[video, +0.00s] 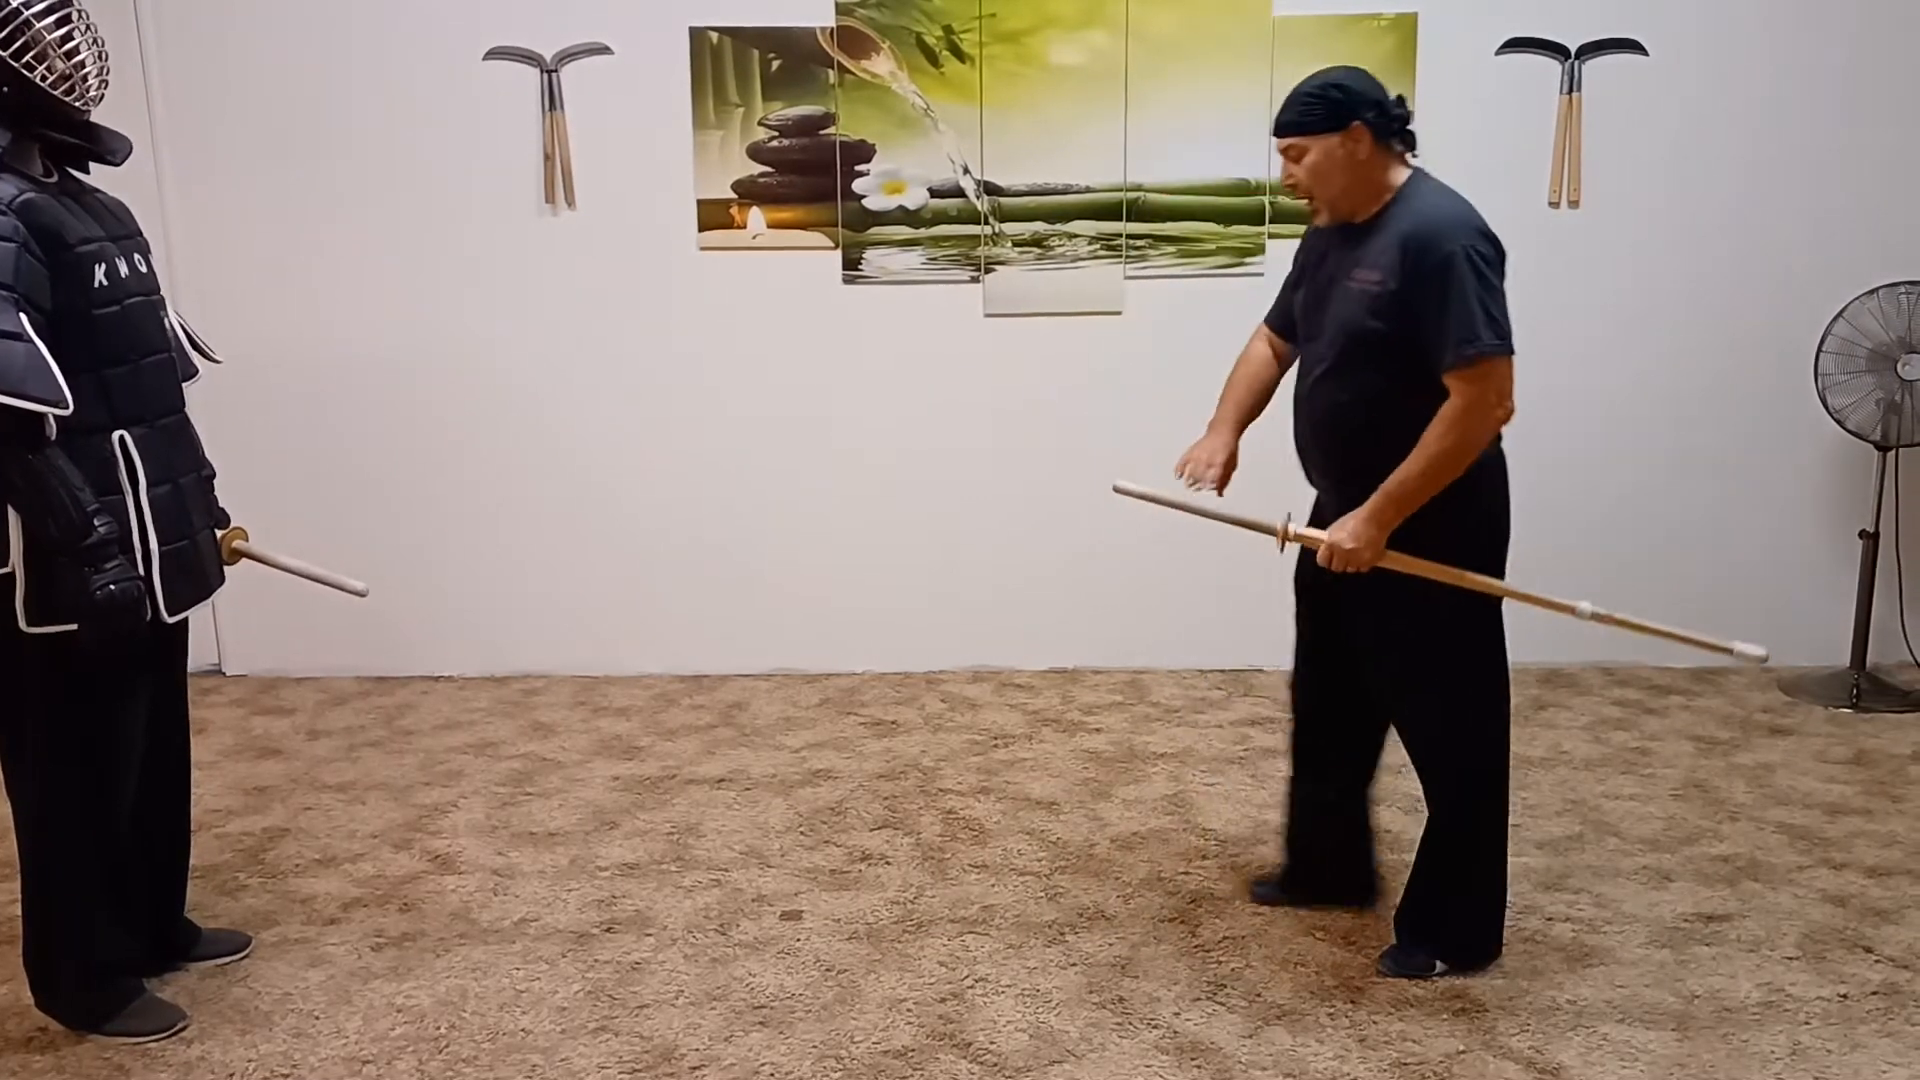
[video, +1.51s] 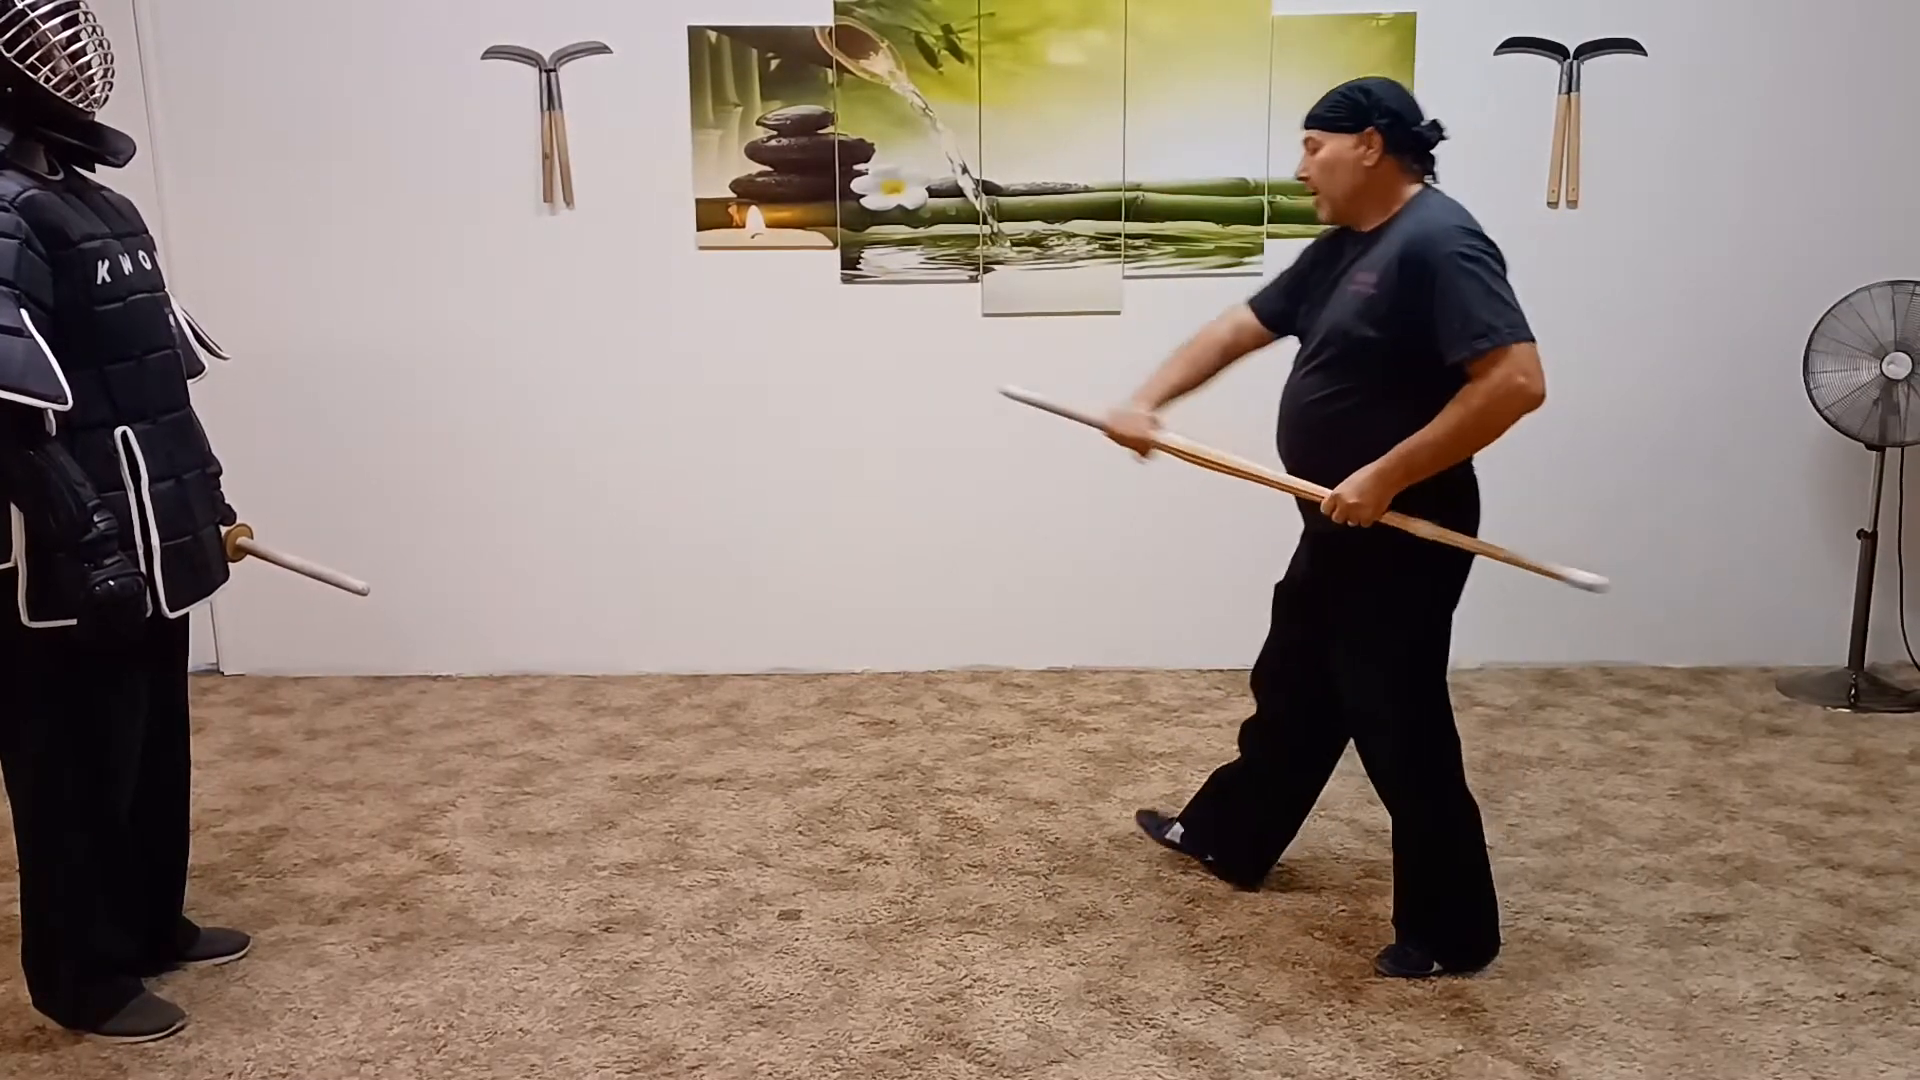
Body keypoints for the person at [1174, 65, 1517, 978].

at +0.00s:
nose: (1288, 173)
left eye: (1300, 152)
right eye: (1284, 156)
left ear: (1359, 142)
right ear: (1336, 151)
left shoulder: (1442, 236)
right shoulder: (1332, 232)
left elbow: (1484, 401)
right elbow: (1276, 341)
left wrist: (1377, 514)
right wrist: (1223, 428)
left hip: (1442, 519)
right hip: (1341, 512)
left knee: (1455, 730)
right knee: (1329, 701)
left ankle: (1456, 930)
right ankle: (1328, 870)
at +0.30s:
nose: (1328, 161)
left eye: (1341, 139)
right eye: (1325, 142)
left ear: (1403, 134)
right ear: (1389, 140)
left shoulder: (1485, 236)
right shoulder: (1360, 229)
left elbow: (1515, 400)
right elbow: (1278, 340)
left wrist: (1376, 475)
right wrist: (1253, 437)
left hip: (1464, 518)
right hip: (1376, 512)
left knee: (1461, 721)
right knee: (1396, 712)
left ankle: (1461, 932)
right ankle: (1402, 895)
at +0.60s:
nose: (1349, 142)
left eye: (1364, 120)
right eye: (1348, 125)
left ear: (1425, 121)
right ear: (1409, 129)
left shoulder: (1501, 225)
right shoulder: (1376, 227)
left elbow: (1544, 386)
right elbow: (1299, 340)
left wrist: (1399, 452)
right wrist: (1276, 422)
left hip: (1474, 516)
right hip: (1385, 507)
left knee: (1464, 716)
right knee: (1394, 709)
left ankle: (1460, 931)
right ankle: (1401, 896)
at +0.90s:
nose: (1359, 144)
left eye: (1375, 124)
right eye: (1361, 127)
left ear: (1435, 127)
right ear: (1421, 133)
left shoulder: (1509, 230)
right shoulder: (1389, 230)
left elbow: (1564, 389)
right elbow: (1309, 343)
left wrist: (1419, 462)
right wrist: (1281, 430)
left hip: (1474, 516)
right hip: (1385, 506)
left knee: (1455, 712)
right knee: (1357, 691)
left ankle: (1459, 930)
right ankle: (1380, 888)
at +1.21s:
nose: (1346, 156)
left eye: (1358, 136)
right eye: (1347, 137)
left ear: (1418, 136)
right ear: (1409, 141)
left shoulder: (1489, 237)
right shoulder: (1390, 231)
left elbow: (1542, 394)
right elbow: (1303, 340)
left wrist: (1395, 462)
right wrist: (1253, 425)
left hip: (1451, 523)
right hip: (1374, 512)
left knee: (1435, 724)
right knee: (1321, 679)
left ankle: (1452, 933)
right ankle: (1265, 843)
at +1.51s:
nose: (1302, 164)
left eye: (1316, 145)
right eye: (1303, 147)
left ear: (1373, 146)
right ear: (1358, 151)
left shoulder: (1441, 241)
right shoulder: (1339, 247)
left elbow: (1515, 379)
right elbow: (1240, 328)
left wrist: (1387, 474)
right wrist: (1146, 399)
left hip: (1409, 530)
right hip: (1337, 519)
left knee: (1404, 725)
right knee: (1296, 689)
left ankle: (1452, 931)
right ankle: (1231, 837)